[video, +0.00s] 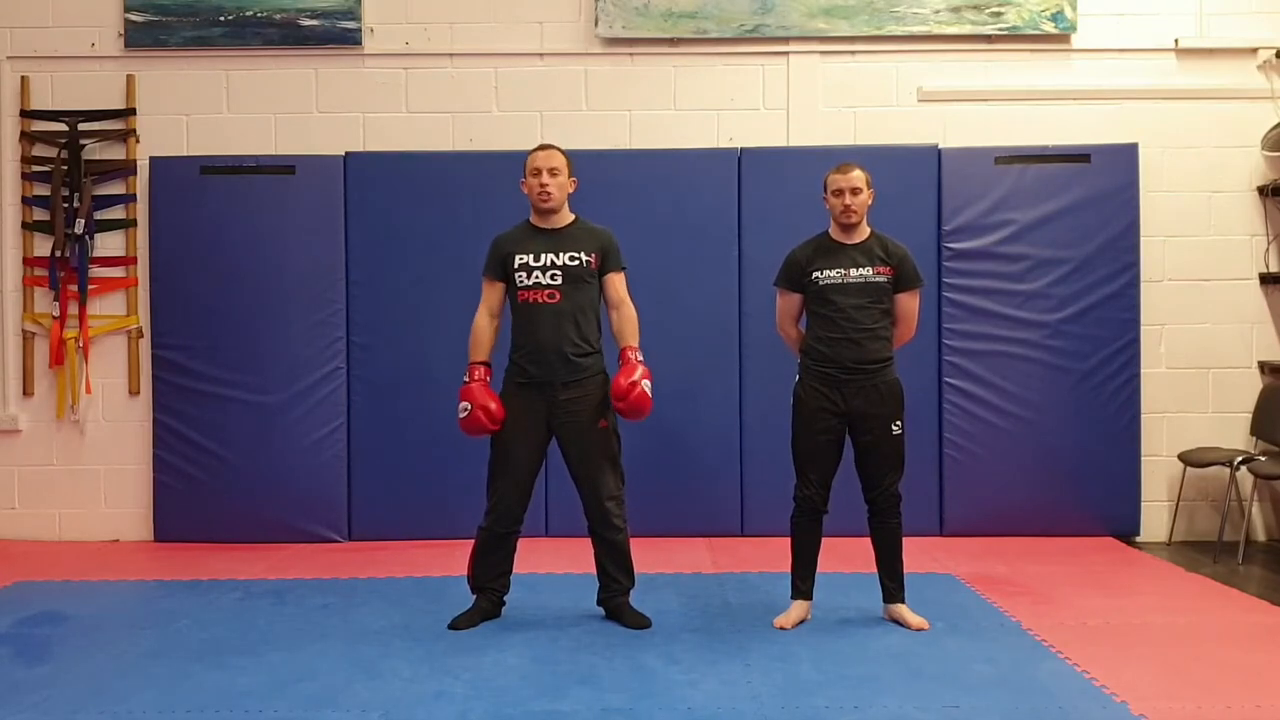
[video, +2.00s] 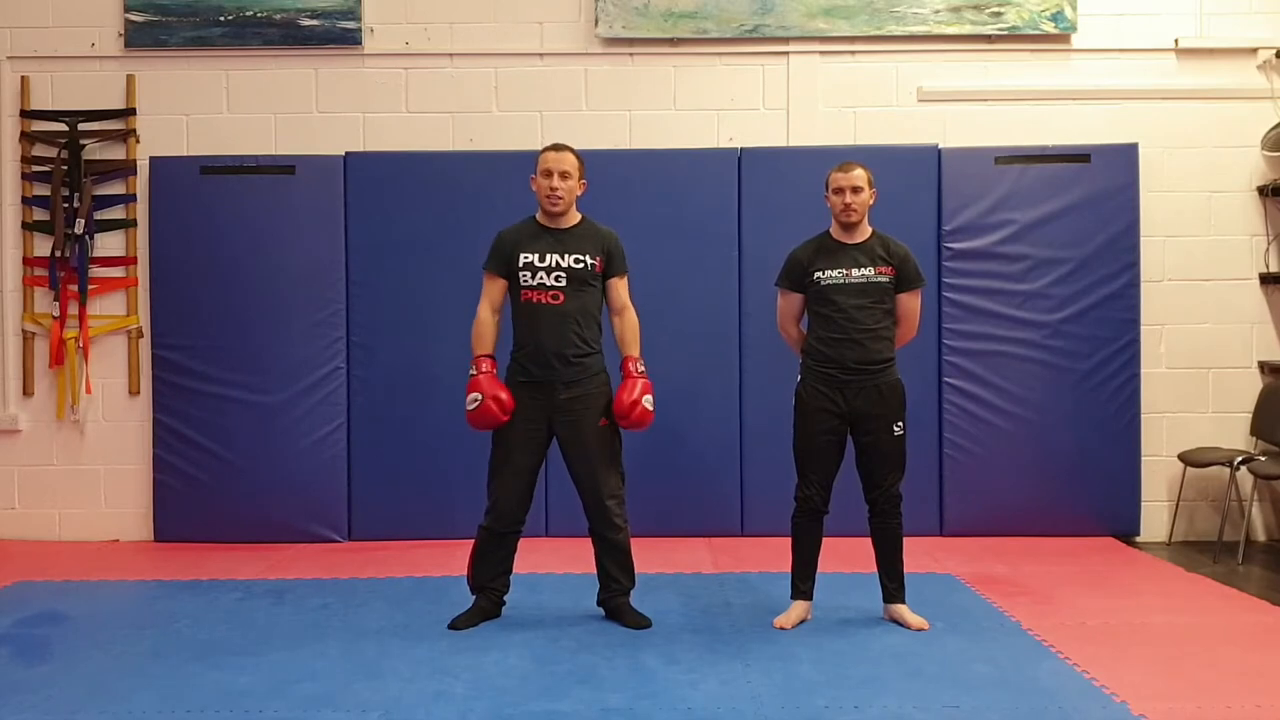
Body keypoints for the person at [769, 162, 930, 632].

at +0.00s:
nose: (847, 200)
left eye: (855, 191)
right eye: (838, 193)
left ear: (870, 197)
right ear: (826, 200)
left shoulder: (895, 257)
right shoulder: (803, 258)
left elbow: (906, 329)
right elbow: (786, 326)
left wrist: (864, 353)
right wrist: (821, 357)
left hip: (877, 391)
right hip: (818, 392)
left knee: (885, 498)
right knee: (809, 497)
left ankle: (894, 601)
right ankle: (801, 598)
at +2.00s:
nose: (847, 199)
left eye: (855, 190)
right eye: (838, 191)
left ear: (872, 196)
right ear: (827, 198)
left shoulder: (897, 256)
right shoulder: (805, 258)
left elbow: (908, 327)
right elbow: (787, 325)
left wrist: (866, 353)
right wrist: (822, 357)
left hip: (879, 392)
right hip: (820, 392)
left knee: (886, 499)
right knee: (810, 497)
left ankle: (894, 601)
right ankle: (801, 599)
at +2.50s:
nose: (846, 196)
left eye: (855, 188)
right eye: (838, 189)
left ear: (871, 195)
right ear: (827, 197)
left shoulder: (897, 255)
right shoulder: (805, 257)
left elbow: (908, 328)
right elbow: (788, 325)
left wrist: (865, 353)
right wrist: (823, 357)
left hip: (879, 392)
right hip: (820, 392)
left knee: (886, 499)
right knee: (810, 497)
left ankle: (894, 601)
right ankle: (801, 599)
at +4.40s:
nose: (838, 207)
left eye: (847, 199)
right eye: (836, 198)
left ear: (876, 200)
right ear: (843, 201)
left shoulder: (905, 252)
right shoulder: (837, 255)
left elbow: (926, 311)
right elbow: (832, 314)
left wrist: (926, 360)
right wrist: (813, 334)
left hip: (891, 389)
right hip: (840, 387)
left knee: (890, 495)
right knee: (823, 488)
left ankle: (892, 602)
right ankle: (828, 588)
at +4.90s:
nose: (827, 214)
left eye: (834, 205)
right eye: (824, 206)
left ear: (861, 202)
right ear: (841, 205)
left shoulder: (886, 253)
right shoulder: (833, 251)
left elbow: (889, 329)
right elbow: (805, 315)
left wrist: (839, 370)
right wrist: (810, 273)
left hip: (870, 384)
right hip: (831, 383)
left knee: (872, 490)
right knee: (839, 490)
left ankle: (892, 601)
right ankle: (856, 591)